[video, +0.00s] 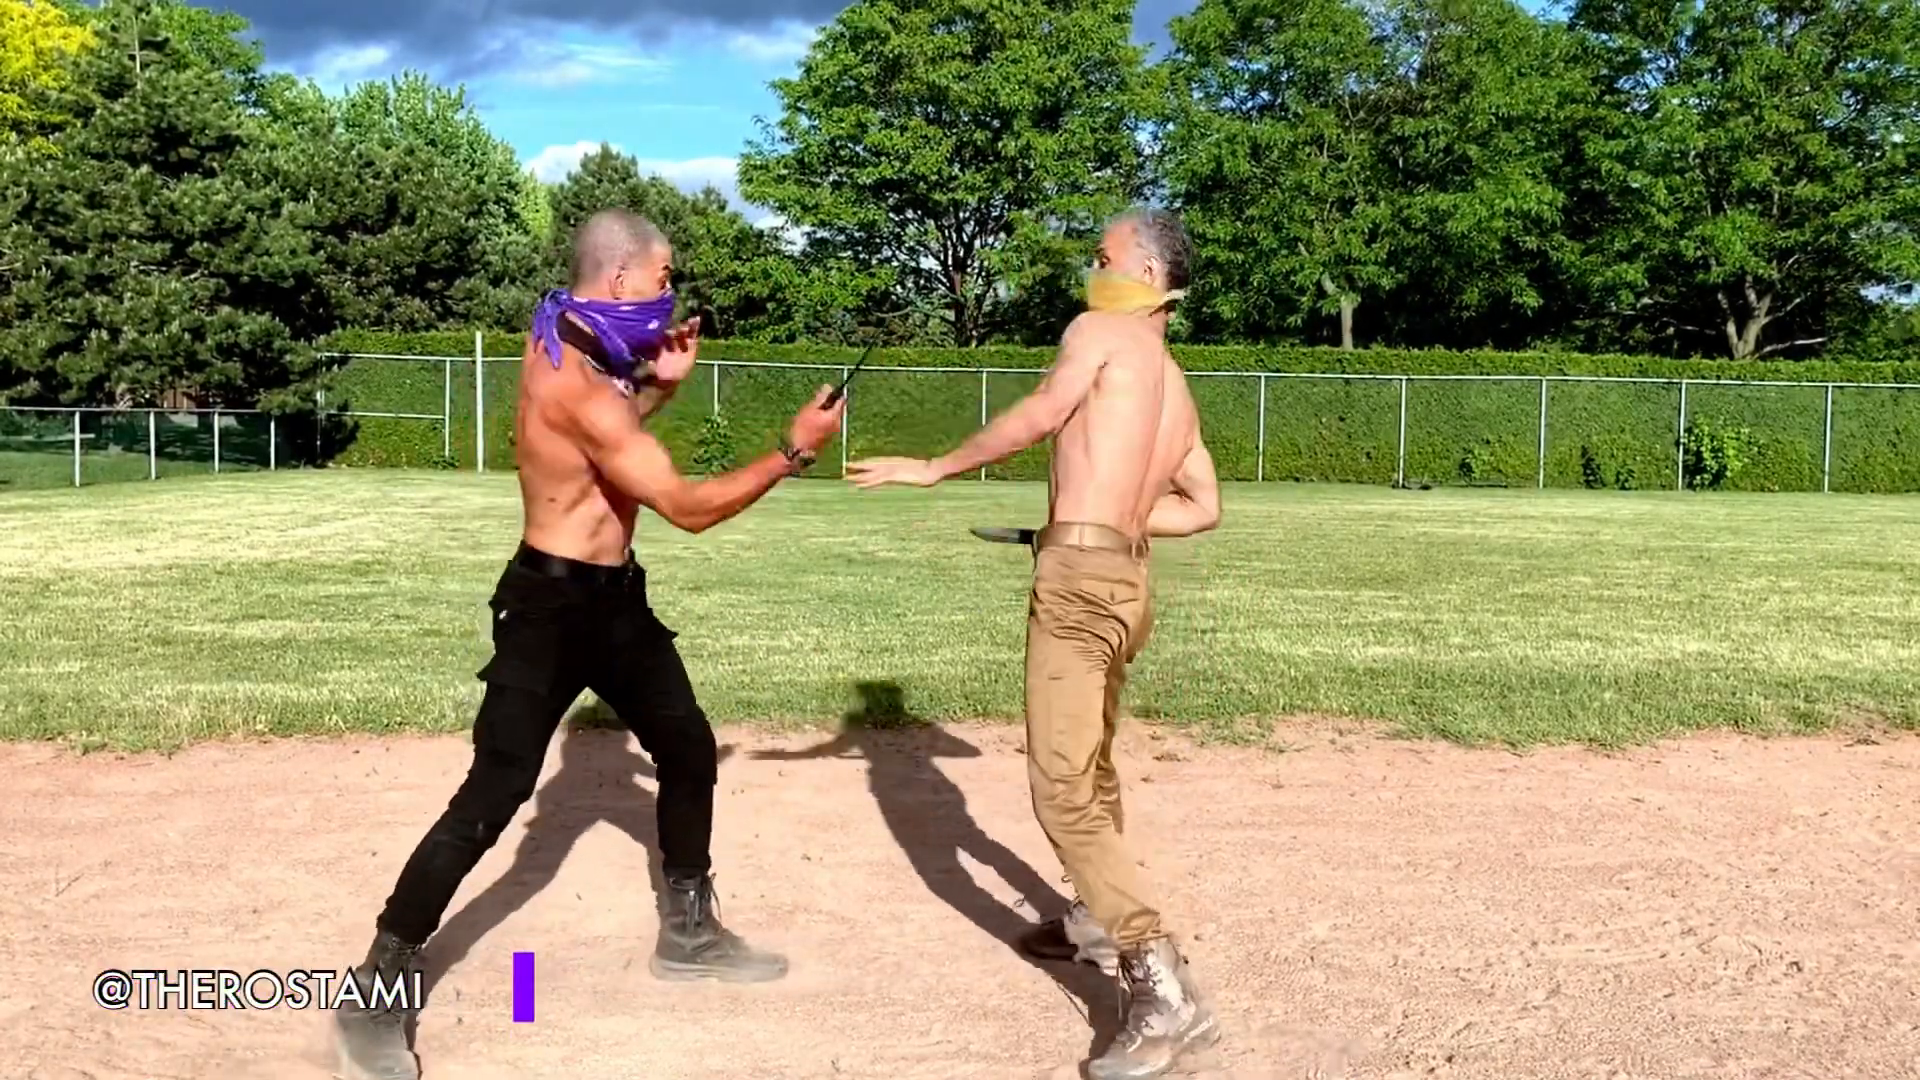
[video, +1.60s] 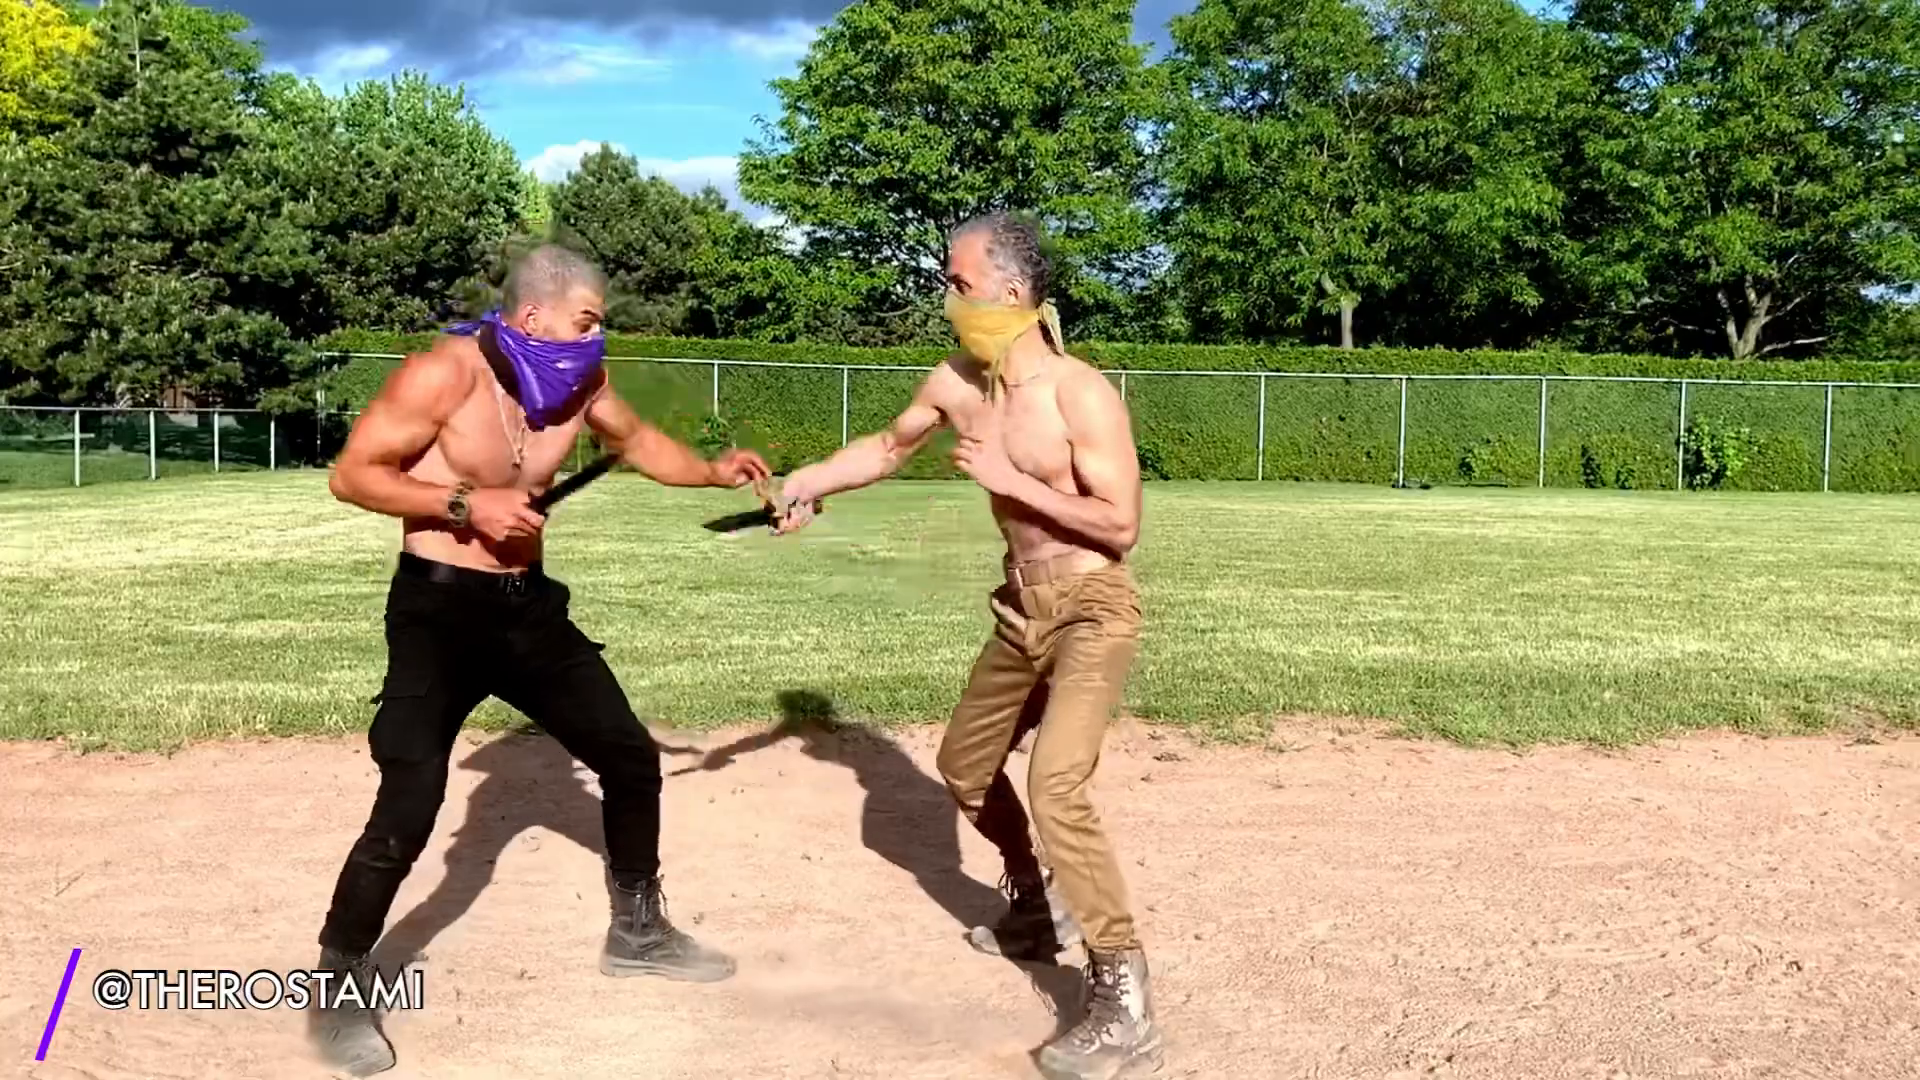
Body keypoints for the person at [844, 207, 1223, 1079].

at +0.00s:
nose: (1094, 264)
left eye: (1106, 254)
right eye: (1101, 251)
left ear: (1136, 269)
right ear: (1164, 283)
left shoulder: (1100, 330)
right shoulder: (1173, 381)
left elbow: (1040, 417)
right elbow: (1202, 507)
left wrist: (934, 467)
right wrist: (1098, 519)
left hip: (1077, 579)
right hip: (1127, 582)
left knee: (1063, 792)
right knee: (1090, 767)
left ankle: (1162, 985)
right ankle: (1097, 916)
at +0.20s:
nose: (1088, 291)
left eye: (1101, 279)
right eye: (1091, 278)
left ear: (1145, 290)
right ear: (1140, 290)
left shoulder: (1140, 368)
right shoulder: (1121, 372)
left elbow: (1157, 477)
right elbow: (1099, 505)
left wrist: (1046, 526)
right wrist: (1037, 581)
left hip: (1095, 586)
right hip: (1075, 584)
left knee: (1046, 785)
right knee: (1019, 758)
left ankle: (1136, 990)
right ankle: (1086, 920)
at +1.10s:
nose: (1002, 289)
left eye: (1014, 275)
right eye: (1003, 274)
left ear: (1063, 281)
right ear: (1057, 280)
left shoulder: (1095, 376)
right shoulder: (1061, 379)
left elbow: (1067, 498)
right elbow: (1061, 515)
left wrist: (990, 423)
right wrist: (990, 550)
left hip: (1093, 608)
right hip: (1057, 604)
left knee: (1046, 793)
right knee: (997, 763)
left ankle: (1116, 1001)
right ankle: (1051, 904)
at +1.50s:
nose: (953, 303)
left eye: (962, 285)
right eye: (950, 286)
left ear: (1017, 285)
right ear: (1007, 286)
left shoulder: (1092, 384)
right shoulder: (1002, 387)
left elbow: (1101, 519)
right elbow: (1007, 493)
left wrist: (1000, 439)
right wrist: (948, 539)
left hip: (1094, 612)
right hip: (1017, 608)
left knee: (1063, 780)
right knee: (979, 772)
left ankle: (1124, 995)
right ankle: (1041, 897)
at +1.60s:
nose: (948, 297)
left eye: (960, 283)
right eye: (948, 283)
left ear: (1015, 288)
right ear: (982, 289)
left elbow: (1120, 525)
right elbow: (888, 448)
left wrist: (1008, 480)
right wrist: (807, 478)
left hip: (1095, 609)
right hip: (1020, 611)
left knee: (1054, 786)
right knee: (967, 769)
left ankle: (1122, 993)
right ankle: (1034, 892)